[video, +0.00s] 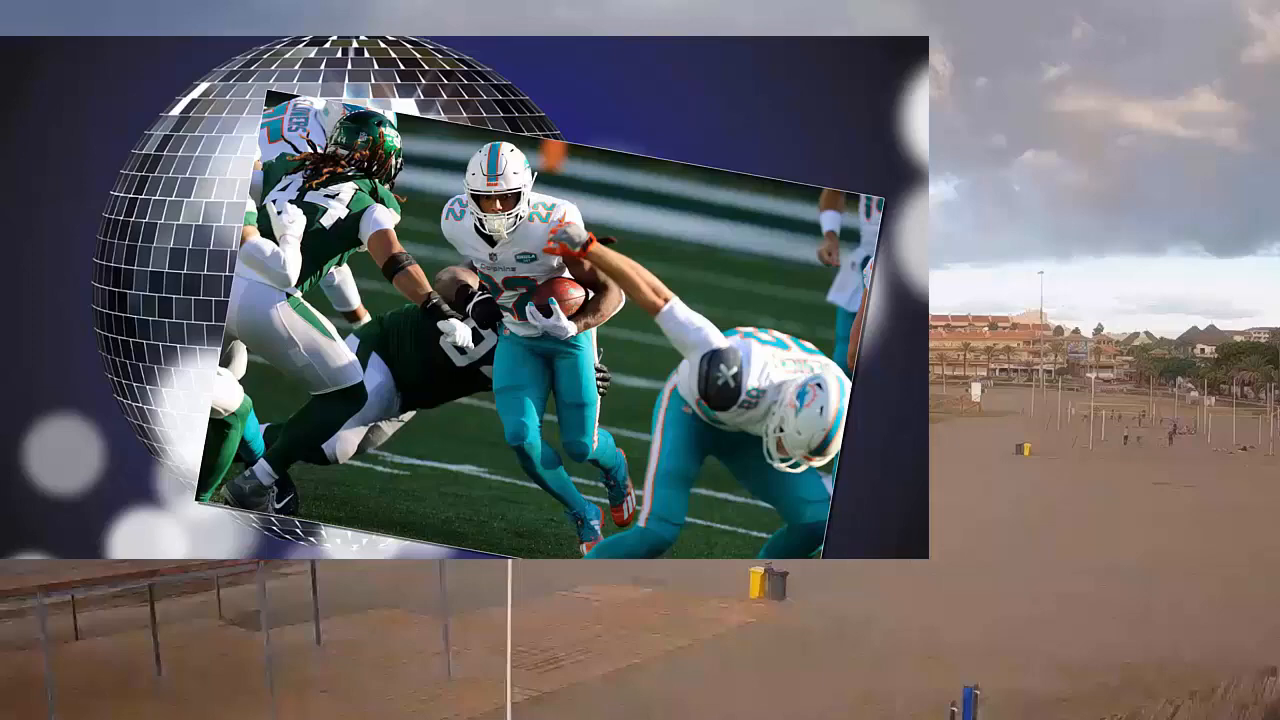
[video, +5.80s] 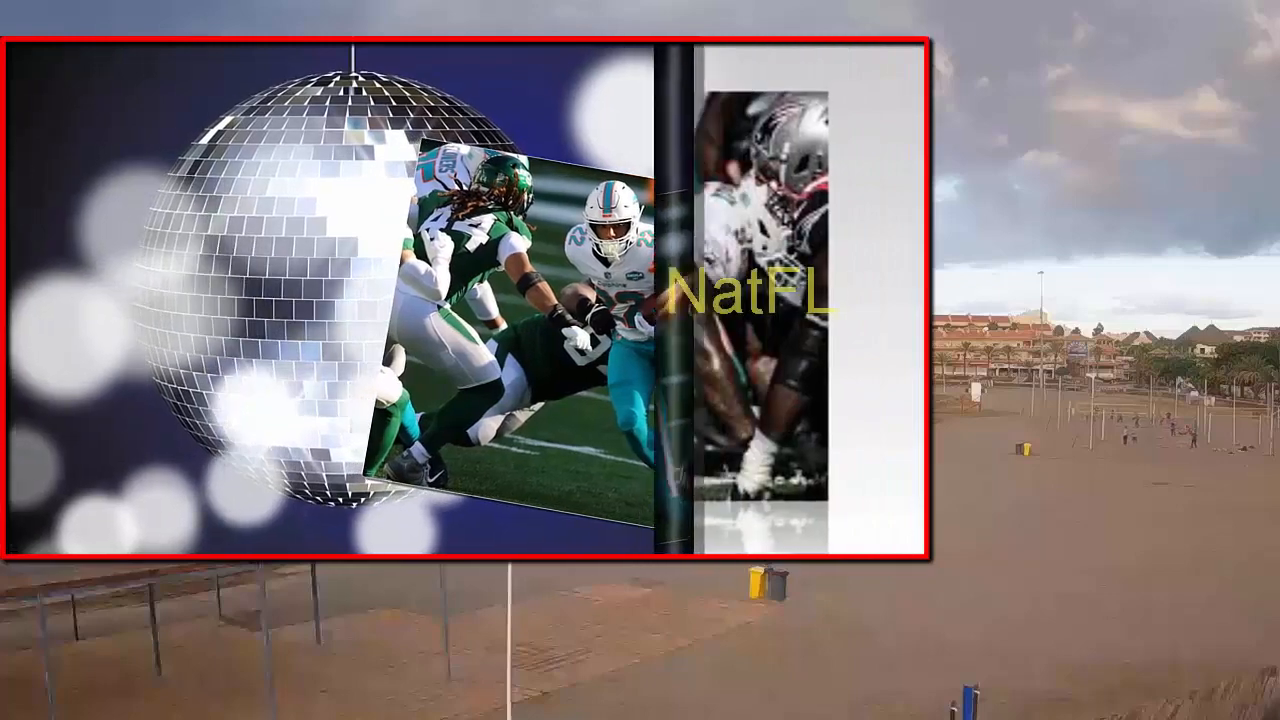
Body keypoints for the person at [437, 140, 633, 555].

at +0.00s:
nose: (495, 207)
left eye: (505, 198)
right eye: (486, 199)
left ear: (524, 190)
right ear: (473, 194)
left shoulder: (558, 221)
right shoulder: (456, 220)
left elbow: (614, 291)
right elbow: (482, 265)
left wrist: (576, 326)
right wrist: (482, 298)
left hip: (571, 338)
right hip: (516, 337)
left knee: (578, 446)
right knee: (520, 438)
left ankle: (617, 473)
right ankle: (584, 514)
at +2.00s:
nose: (534, 217)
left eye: (543, 208)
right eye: (525, 209)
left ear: (561, 201)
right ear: (512, 204)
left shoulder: (594, 229)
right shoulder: (497, 228)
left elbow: (646, 295)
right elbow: (524, 272)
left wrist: (610, 328)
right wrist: (527, 303)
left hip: (606, 340)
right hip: (554, 339)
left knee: (613, 440)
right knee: (558, 433)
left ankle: (649, 469)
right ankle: (619, 507)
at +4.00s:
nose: (574, 226)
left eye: (582, 218)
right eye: (565, 218)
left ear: (599, 211)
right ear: (553, 214)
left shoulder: (630, 238)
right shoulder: (539, 237)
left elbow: (678, 300)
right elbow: (566, 278)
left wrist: (644, 331)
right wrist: (573, 306)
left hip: (641, 342)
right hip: (592, 341)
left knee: (648, 435)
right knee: (597, 428)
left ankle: (681, 462)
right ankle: (653, 497)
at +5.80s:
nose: (610, 235)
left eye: (618, 227)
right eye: (602, 228)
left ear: (633, 221)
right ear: (590, 223)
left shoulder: (655, 245)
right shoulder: (577, 244)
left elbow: (682, 281)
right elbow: (599, 280)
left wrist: (651, 309)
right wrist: (595, 308)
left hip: (668, 341)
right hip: (627, 342)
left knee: (674, 426)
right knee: (630, 421)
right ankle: (675, 477)